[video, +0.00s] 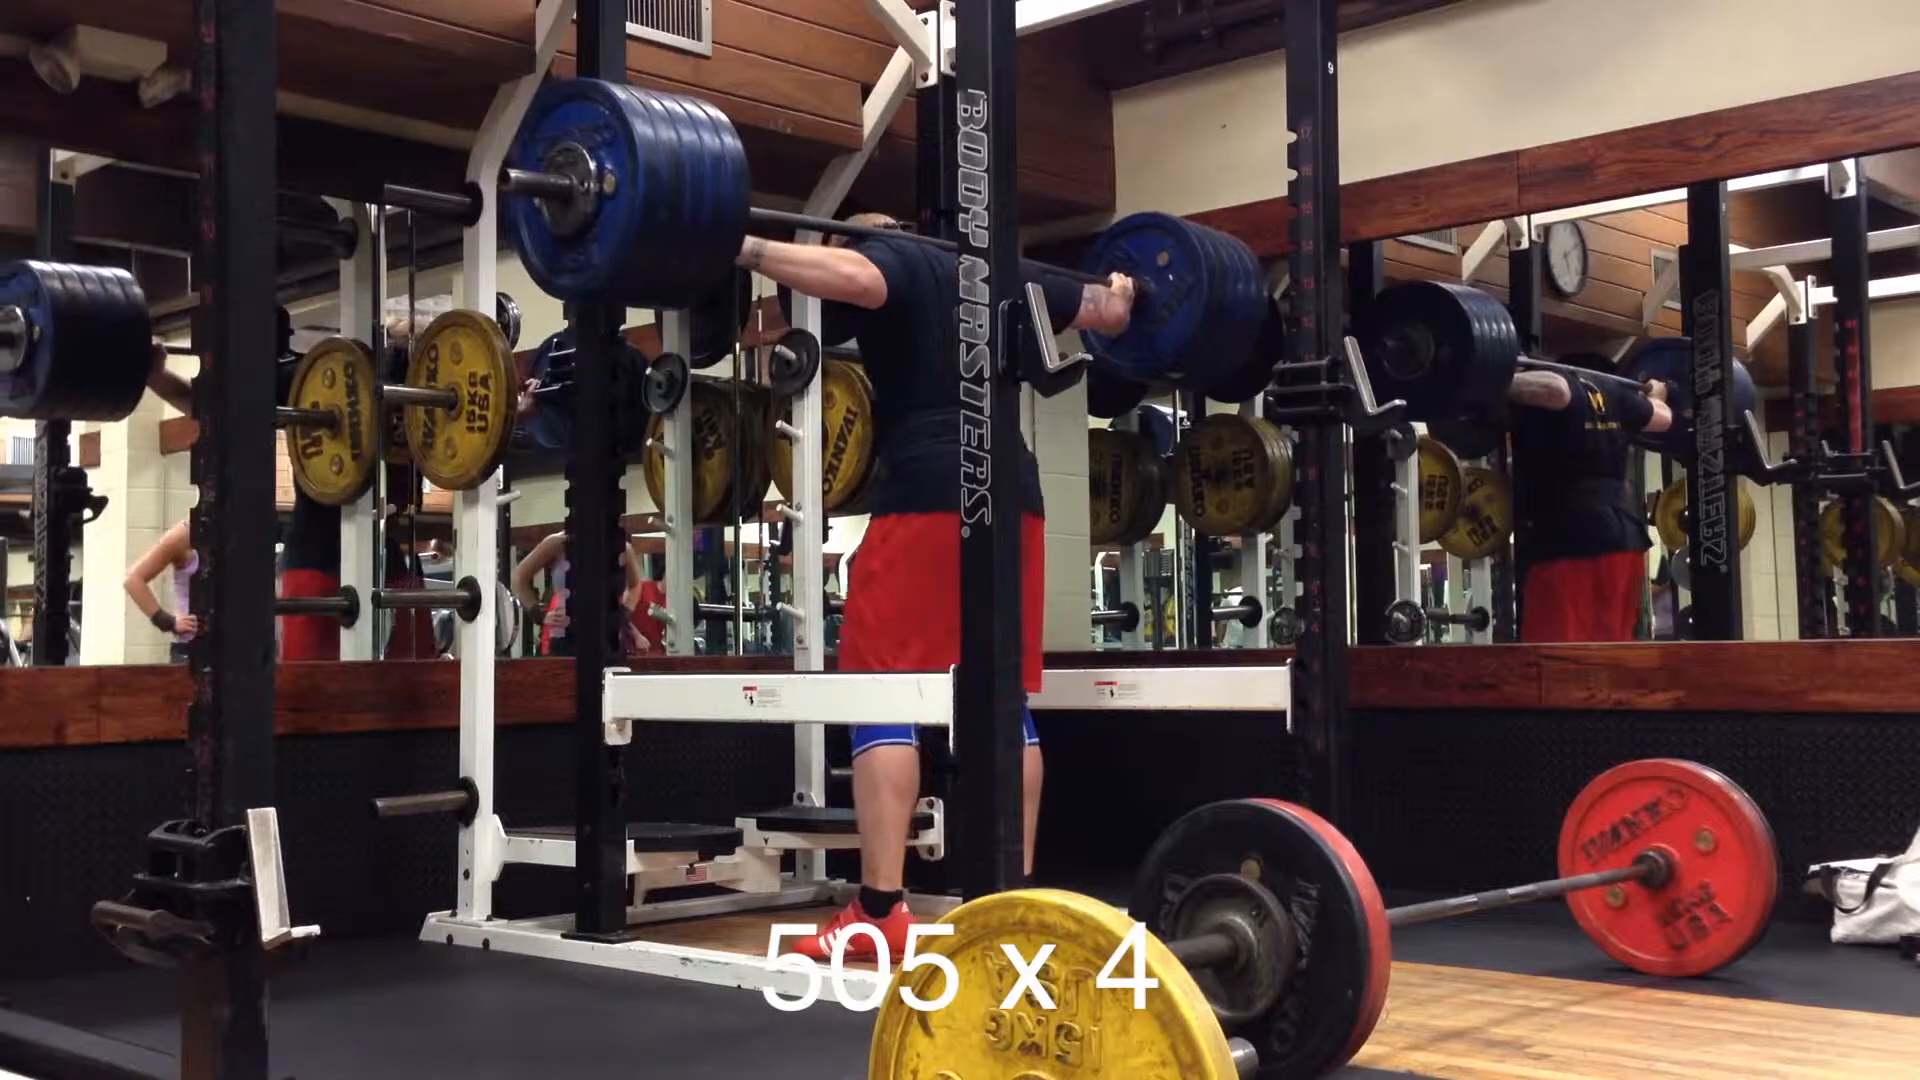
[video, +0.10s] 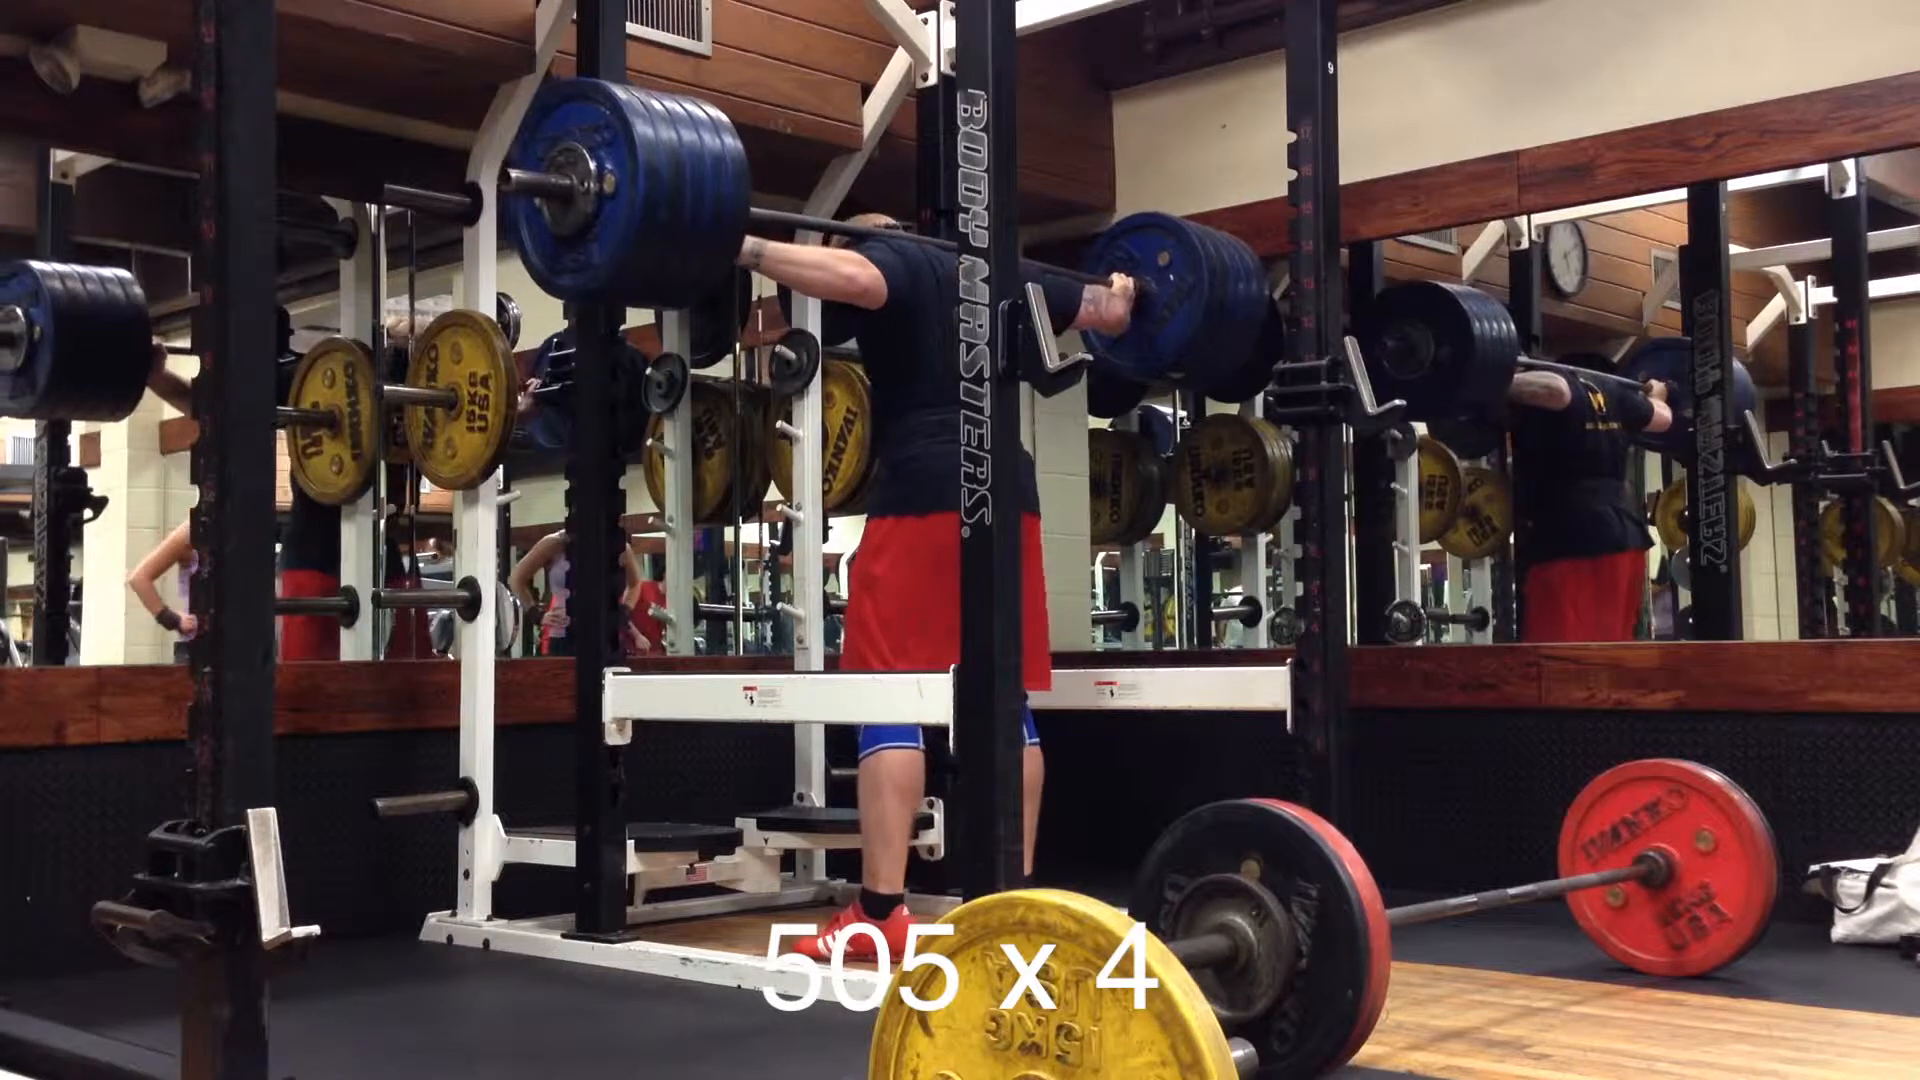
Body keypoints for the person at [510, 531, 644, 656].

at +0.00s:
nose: (597, 523)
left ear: (613, 517)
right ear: (577, 512)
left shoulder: (622, 549)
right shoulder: (557, 544)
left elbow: (634, 585)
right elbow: (520, 577)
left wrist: (624, 613)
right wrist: (540, 615)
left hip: (608, 638)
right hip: (567, 637)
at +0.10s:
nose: (596, 524)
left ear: (610, 518)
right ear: (576, 516)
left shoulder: (619, 547)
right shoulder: (554, 544)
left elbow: (634, 584)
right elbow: (517, 580)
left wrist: (623, 613)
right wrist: (537, 614)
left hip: (606, 636)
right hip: (564, 637)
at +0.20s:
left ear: (608, 518)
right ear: (575, 517)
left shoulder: (617, 546)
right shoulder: (552, 544)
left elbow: (635, 583)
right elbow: (516, 579)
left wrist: (623, 612)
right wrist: (537, 615)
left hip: (605, 635)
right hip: (563, 635)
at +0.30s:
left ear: (609, 517)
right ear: (575, 515)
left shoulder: (618, 544)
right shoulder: (553, 544)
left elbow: (636, 581)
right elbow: (517, 579)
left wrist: (624, 611)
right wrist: (537, 615)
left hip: (607, 636)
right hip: (565, 637)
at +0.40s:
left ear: (607, 527)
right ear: (572, 527)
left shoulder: (619, 544)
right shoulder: (554, 544)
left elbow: (640, 581)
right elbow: (518, 579)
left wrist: (627, 610)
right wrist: (539, 617)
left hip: (607, 634)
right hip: (566, 636)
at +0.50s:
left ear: (610, 532)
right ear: (572, 532)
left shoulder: (624, 547)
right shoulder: (556, 546)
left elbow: (642, 581)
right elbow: (520, 582)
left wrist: (630, 612)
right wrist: (542, 616)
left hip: (610, 632)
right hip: (571, 632)